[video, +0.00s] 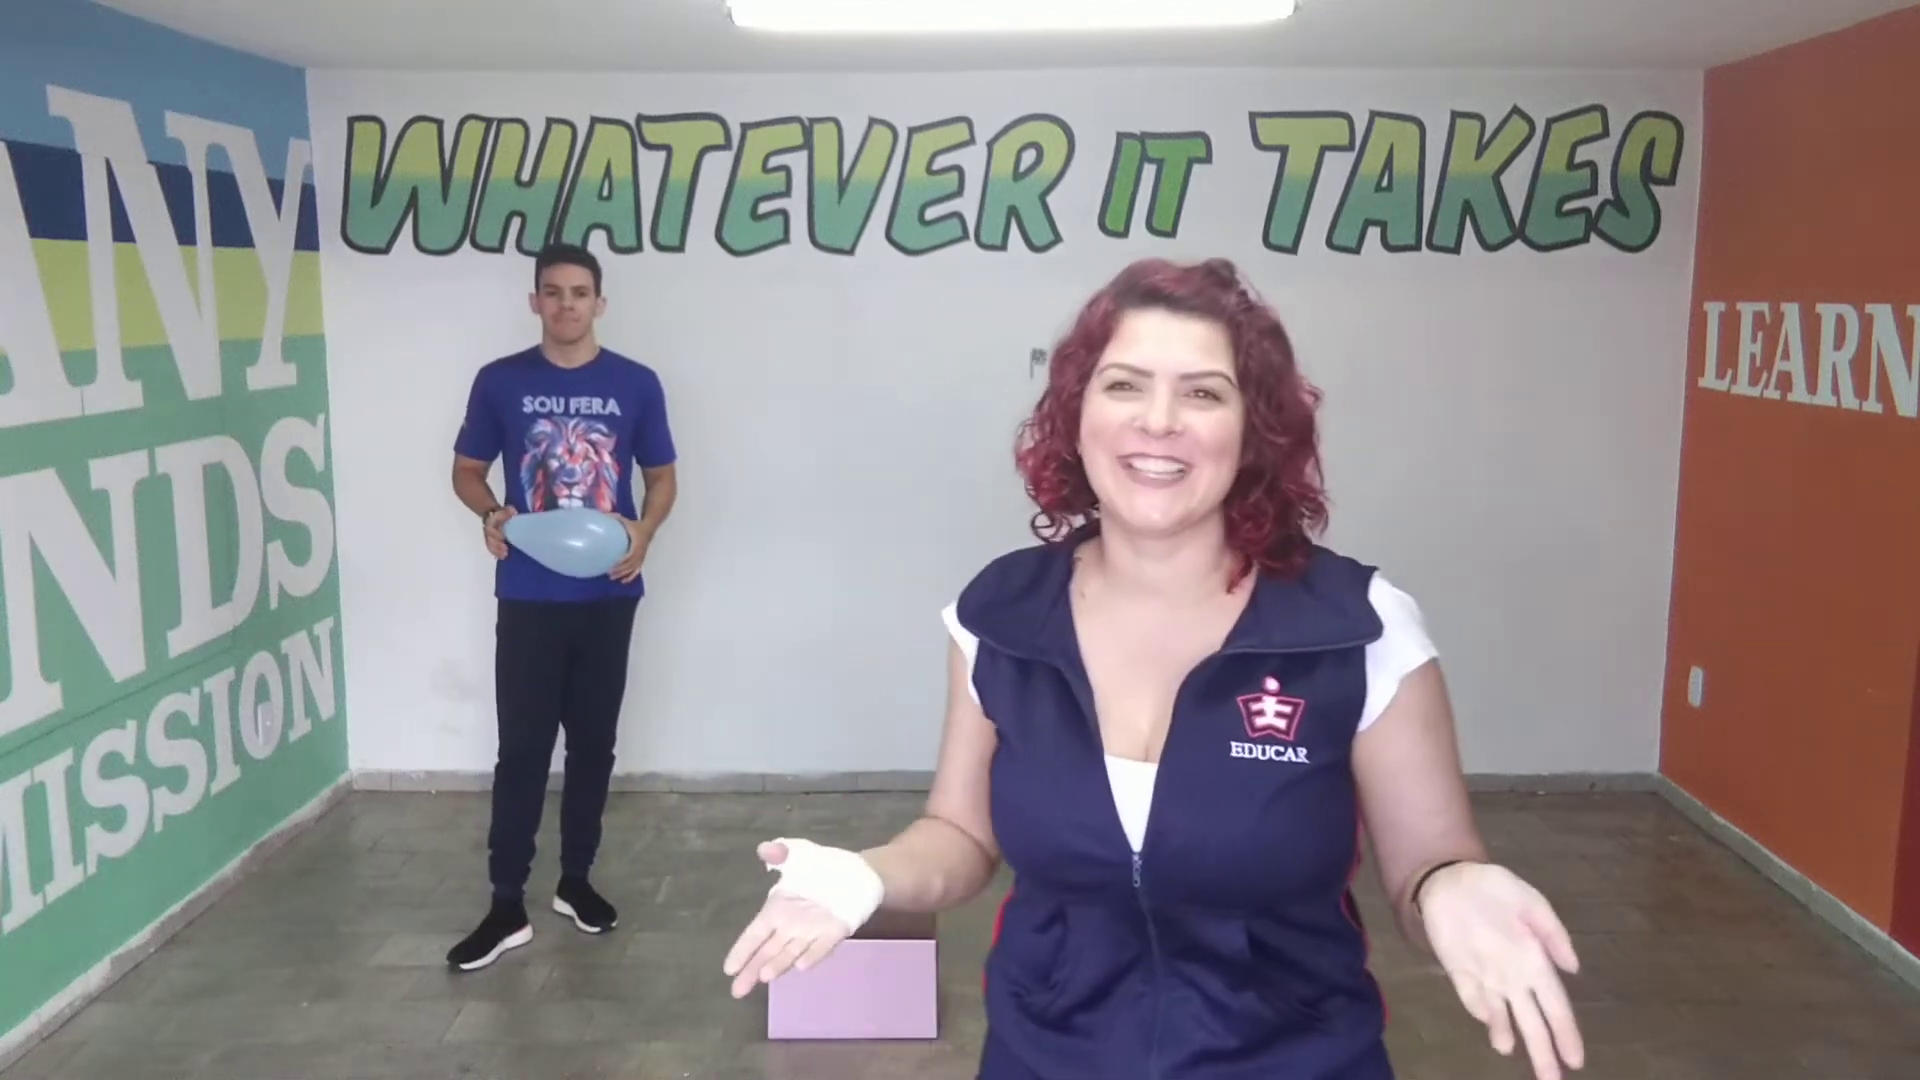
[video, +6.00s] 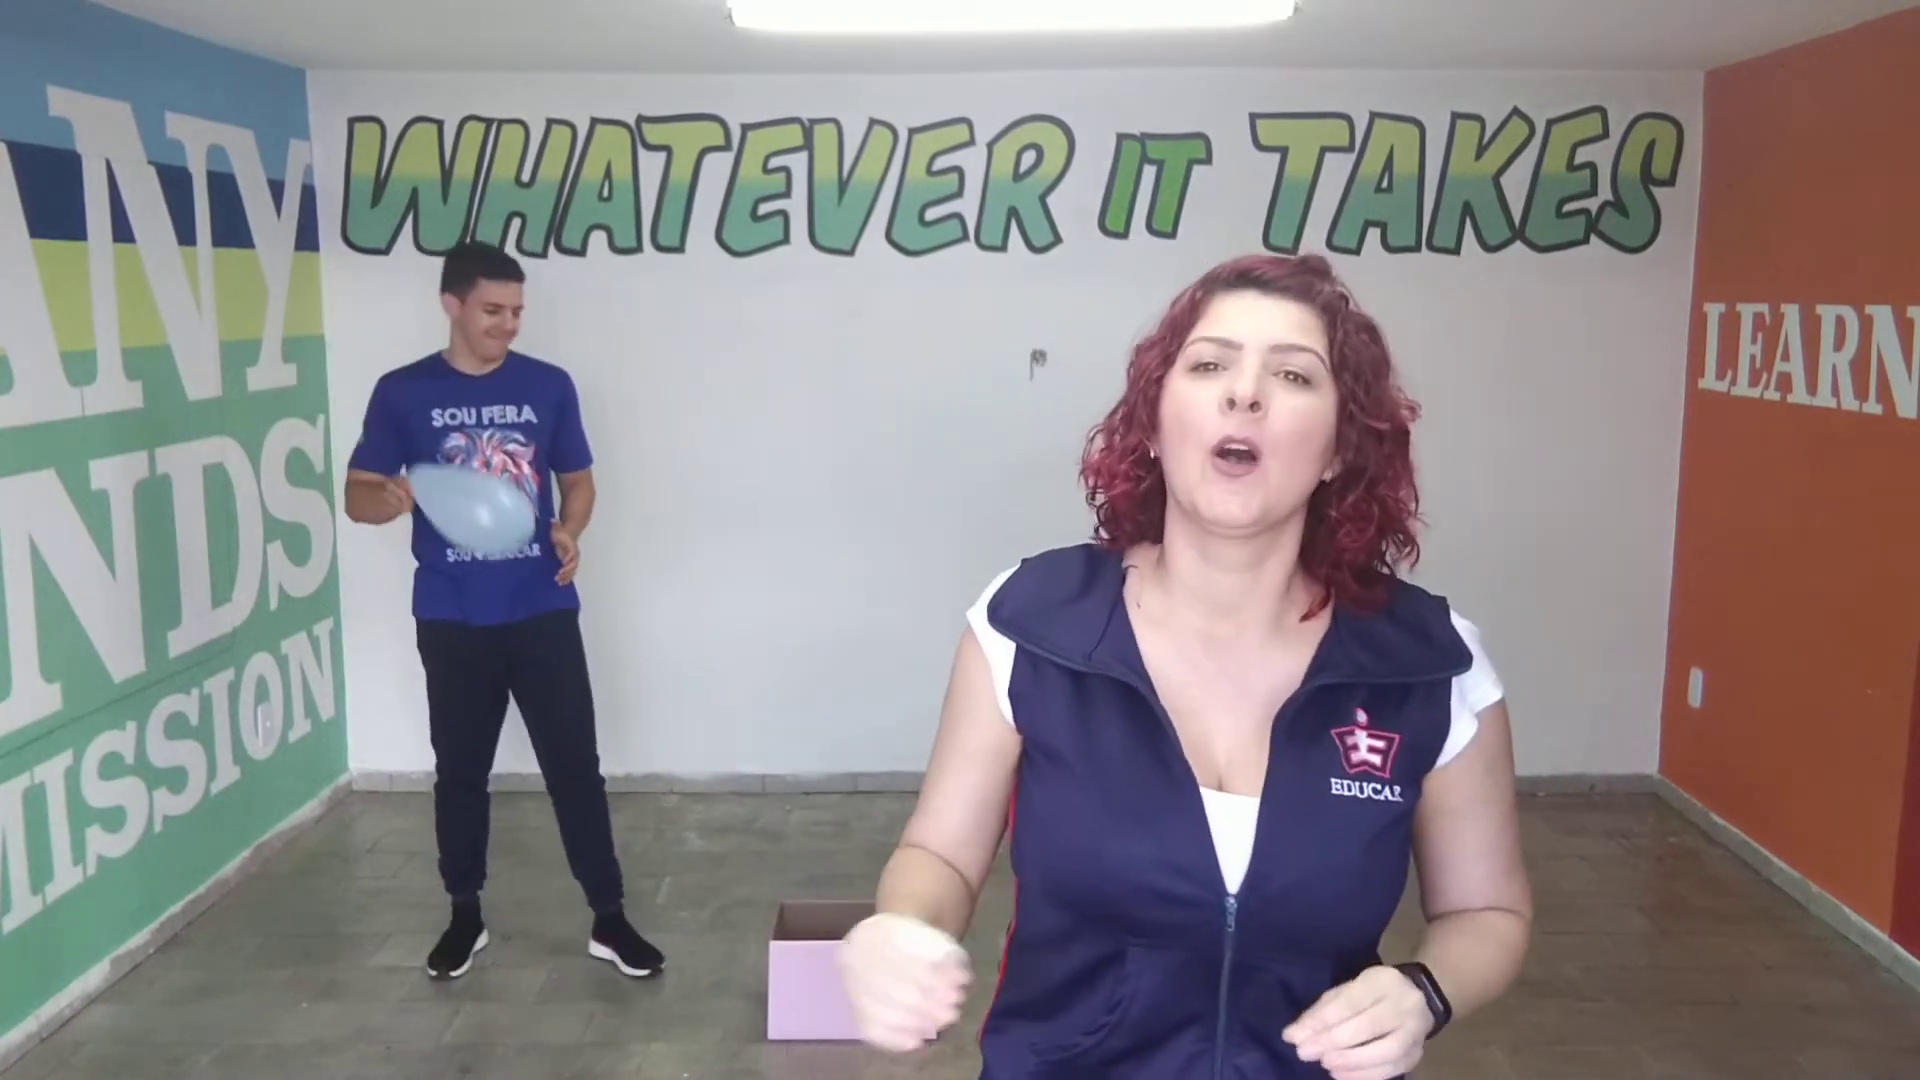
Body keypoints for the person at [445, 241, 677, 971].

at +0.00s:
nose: (564, 305)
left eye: (578, 293)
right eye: (553, 293)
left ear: (598, 302)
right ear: (536, 300)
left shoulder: (636, 385)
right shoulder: (500, 382)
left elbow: (663, 480)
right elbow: (466, 475)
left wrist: (643, 530)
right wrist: (492, 512)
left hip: (607, 598)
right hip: (529, 598)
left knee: (592, 745)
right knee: (522, 748)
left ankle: (575, 882)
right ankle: (508, 906)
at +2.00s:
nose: (587, 329)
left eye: (598, 315)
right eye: (573, 316)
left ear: (612, 313)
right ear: (548, 312)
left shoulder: (642, 388)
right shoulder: (508, 382)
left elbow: (665, 482)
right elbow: (471, 469)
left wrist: (648, 528)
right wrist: (493, 511)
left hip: (610, 598)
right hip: (534, 597)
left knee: (594, 745)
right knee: (525, 747)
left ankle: (574, 882)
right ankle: (510, 900)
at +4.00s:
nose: (555, 306)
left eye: (568, 294)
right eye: (543, 294)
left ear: (592, 302)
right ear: (529, 302)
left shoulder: (633, 385)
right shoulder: (499, 384)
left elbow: (664, 477)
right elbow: (470, 475)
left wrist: (634, 528)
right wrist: (485, 516)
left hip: (602, 597)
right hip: (525, 596)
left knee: (592, 746)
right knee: (522, 748)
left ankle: (575, 883)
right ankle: (509, 902)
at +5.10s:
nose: (482, 301)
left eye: (495, 289)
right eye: (469, 289)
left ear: (520, 301)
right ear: (453, 302)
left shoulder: (565, 384)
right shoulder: (425, 388)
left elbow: (602, 483)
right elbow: (396, 503)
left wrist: (572, 533)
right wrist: (396, 459)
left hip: (543, 608)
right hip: (460, 610)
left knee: (559, 750)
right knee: (463, 762)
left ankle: (572, 882)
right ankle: (465, 912)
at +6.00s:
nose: (506, 323)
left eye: (515, 310)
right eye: (492, 309)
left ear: (521, 311)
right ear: (452, 306)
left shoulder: (548, 387)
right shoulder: (402, 393)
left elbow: (578, 482)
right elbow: (356, 499)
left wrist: (570, 528)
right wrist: (393, 497)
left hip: (542, 615)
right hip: (454, 622)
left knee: (575, 767)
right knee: (460, 774)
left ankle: (609, 917)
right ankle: (465, 914)